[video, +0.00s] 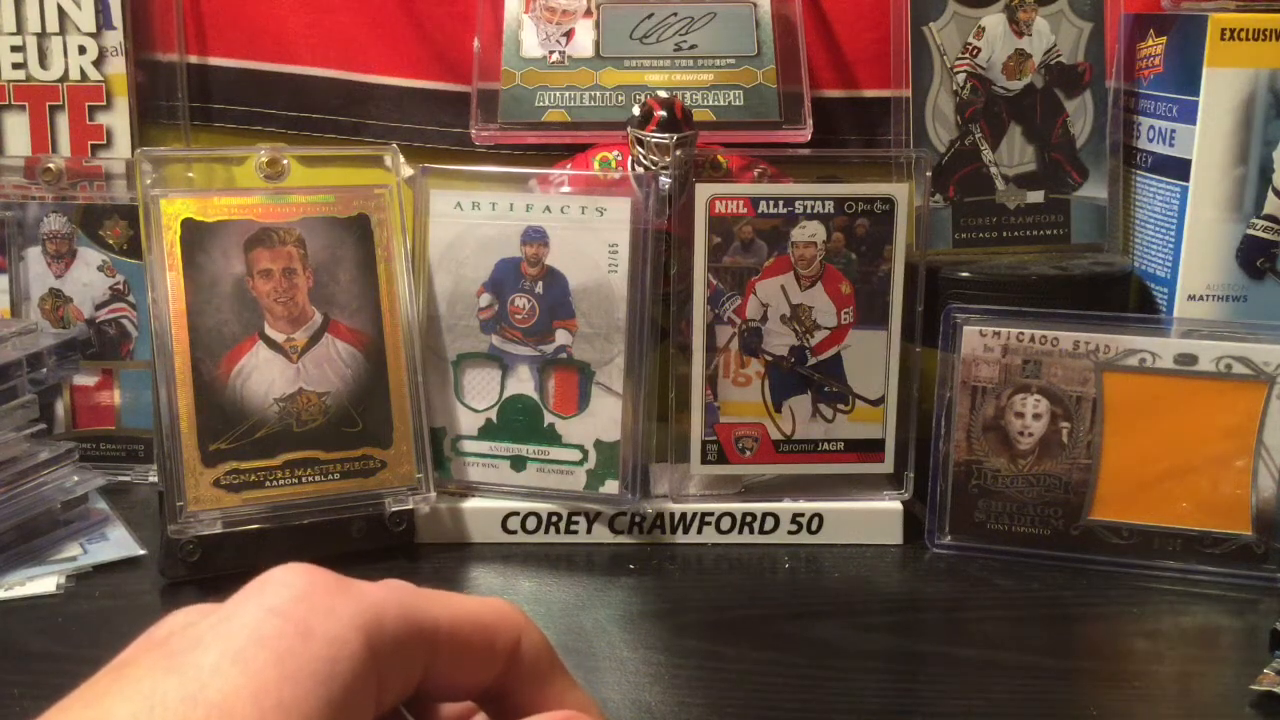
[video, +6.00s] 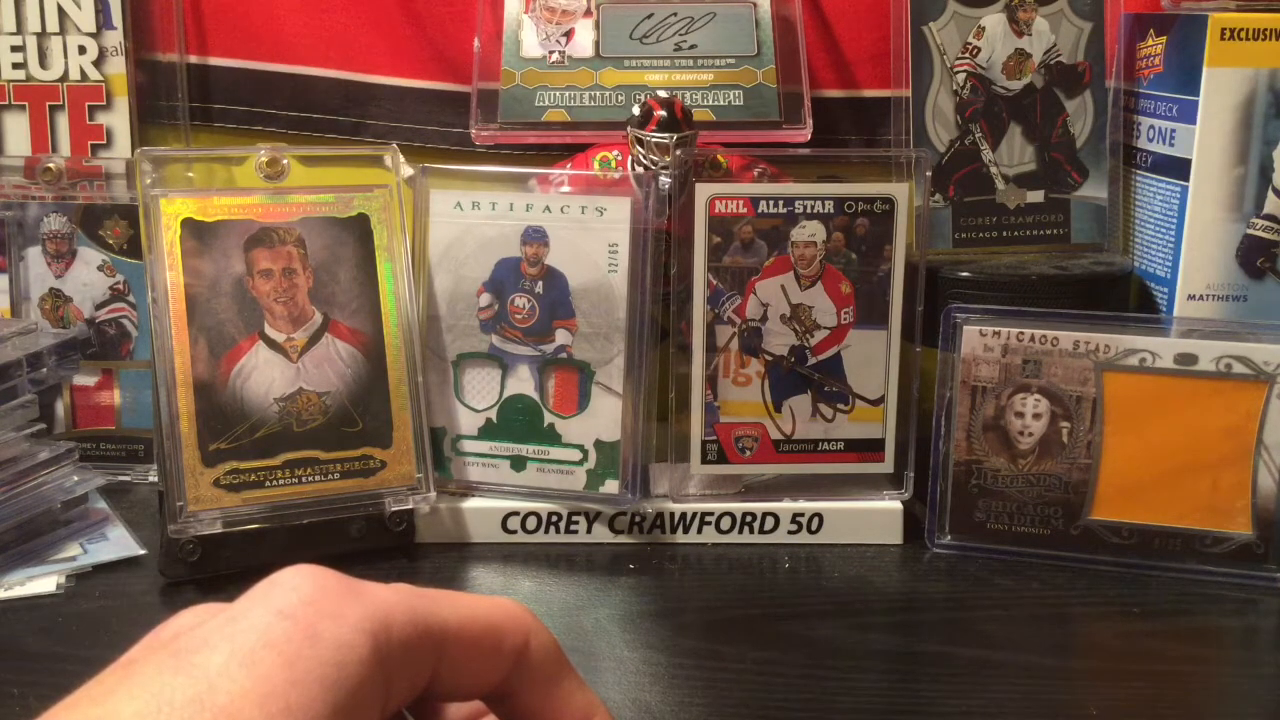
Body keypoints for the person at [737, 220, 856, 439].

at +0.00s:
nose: (801, 253)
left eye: (807, 247)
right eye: (796, 247)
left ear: (821, 249)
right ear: (790, 249)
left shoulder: (838, 285)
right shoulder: (774, 271)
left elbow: (842, 331)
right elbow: (755, 293)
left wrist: (810, 353)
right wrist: (750, 326)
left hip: (822, 352)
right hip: (780, 352)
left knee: (830, 411)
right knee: (798, 409)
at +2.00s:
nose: (801, 253)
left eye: (807, 247)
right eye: (796, 247)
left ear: (821, 249)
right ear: (790, 249)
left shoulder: (839, 285)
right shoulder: (773, 271)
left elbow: (843, 331)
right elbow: (754, 293)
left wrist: (810, 353)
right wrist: (750, 326)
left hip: (823, 353)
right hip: (780, 353)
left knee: (831, 412)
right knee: (798, 411)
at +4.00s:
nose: (801, 253)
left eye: (807, 247)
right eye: (796, 247)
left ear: (821, 249)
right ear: (790, 249)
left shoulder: (838, 284)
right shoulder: (773, 272)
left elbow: (843, 330)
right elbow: (754, 294)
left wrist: (810, 352)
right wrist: (751, 326)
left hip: (823, 354)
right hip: (780, 353)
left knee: (833, 413)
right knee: (799, 409)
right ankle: (790, 469)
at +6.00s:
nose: (801, 253)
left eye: (808, 247)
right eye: (796, 247)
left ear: (821, 249)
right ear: (790, 249)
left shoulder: (838, 285)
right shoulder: (773, 271)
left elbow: (842, 331)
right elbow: (754, 293)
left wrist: (810, 352)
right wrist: (750, 325)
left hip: (823, 354)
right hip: (780, 353)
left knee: (834, 413)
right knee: (798, 411)